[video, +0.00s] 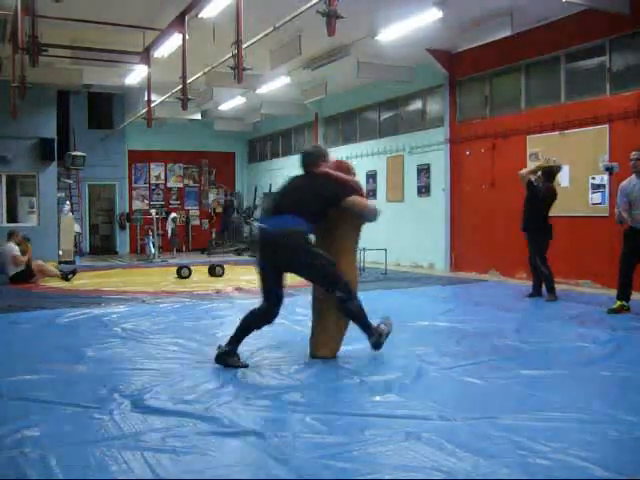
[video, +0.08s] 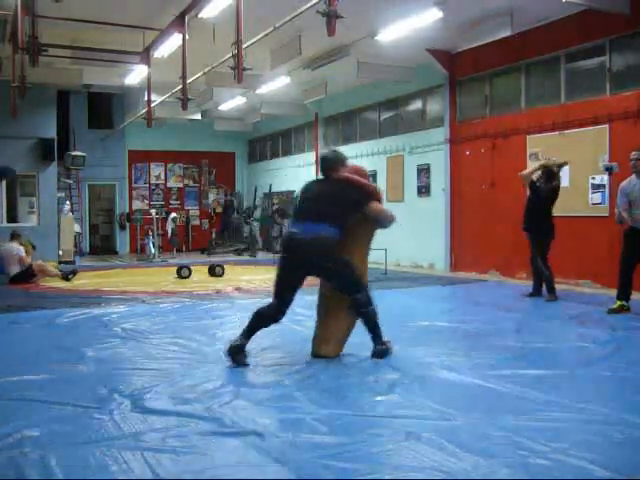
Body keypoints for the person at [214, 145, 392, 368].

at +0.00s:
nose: (329, 164)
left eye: (327, 162)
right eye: (328, 162)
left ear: (305, 164)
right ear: (324, 163)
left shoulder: (293, 182)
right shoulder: (331, 182)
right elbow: (369, 211)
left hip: (267, 246)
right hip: (294, 246)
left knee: (269, 308)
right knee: (339, 287)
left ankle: (228, 350)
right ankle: (372, 334)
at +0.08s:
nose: (346, 170)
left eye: (344, 167)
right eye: (344, 166)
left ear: (322, 169)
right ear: (342, 167)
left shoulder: (309, 187)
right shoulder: (351, 187)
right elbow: (386, 217)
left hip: (293, 250)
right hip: (322, 251)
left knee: (277, 308)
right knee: (358, 292)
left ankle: (239, 344)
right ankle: (378, 343)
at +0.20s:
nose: (363, 174)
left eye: (362, 171)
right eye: (362, 171)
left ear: (340, 170)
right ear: (359, 172)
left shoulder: (322, 188)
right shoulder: (363, 190)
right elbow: (390, 199)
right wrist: (371, 183)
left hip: (308, 249)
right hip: (340, 251)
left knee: (289, 293)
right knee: (373, 286)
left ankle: (270, 338)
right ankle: (382, 343)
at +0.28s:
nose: (369, 169)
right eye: (369, 165)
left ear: (348, 163)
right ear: (370, 166)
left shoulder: (331, 179)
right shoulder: (375, 184)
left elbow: (312, 212)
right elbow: (399, 222)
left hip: (320, 237)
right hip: (352, 239)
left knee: (299, 288)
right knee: (377, 284)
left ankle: (292, 344)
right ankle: (382, 342)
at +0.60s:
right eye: (361, 156)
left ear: (342, 155)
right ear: (364, 157)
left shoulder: (328, 170)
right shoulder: (373, 175)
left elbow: (300, 202)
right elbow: (386, 211)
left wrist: (323, 215)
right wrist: (366, 218)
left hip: (336, 235)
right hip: (369, 235)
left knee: (308, 284)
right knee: (384, 282)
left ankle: (311, 346)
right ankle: (381, 342)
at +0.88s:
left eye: (323, 182)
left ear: (323, 184)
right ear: (344, 183)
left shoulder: (319, 200)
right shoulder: (359, 201)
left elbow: (290, 229)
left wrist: (288, 237)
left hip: (346, 258)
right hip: (379, 256)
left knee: (301, 290)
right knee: (374, 289)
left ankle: (310, 350)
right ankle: (377, 340)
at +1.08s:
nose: (314, 187)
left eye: (314, 185)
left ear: (317, 184)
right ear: (337, 183)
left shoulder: (316, 195)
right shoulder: (352, 195)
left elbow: (294, 227)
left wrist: (289, 241)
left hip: (352, 241)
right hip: (383, 240)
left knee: (308, 278)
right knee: (371, 278)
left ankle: (307, 339)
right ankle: (375, 332)